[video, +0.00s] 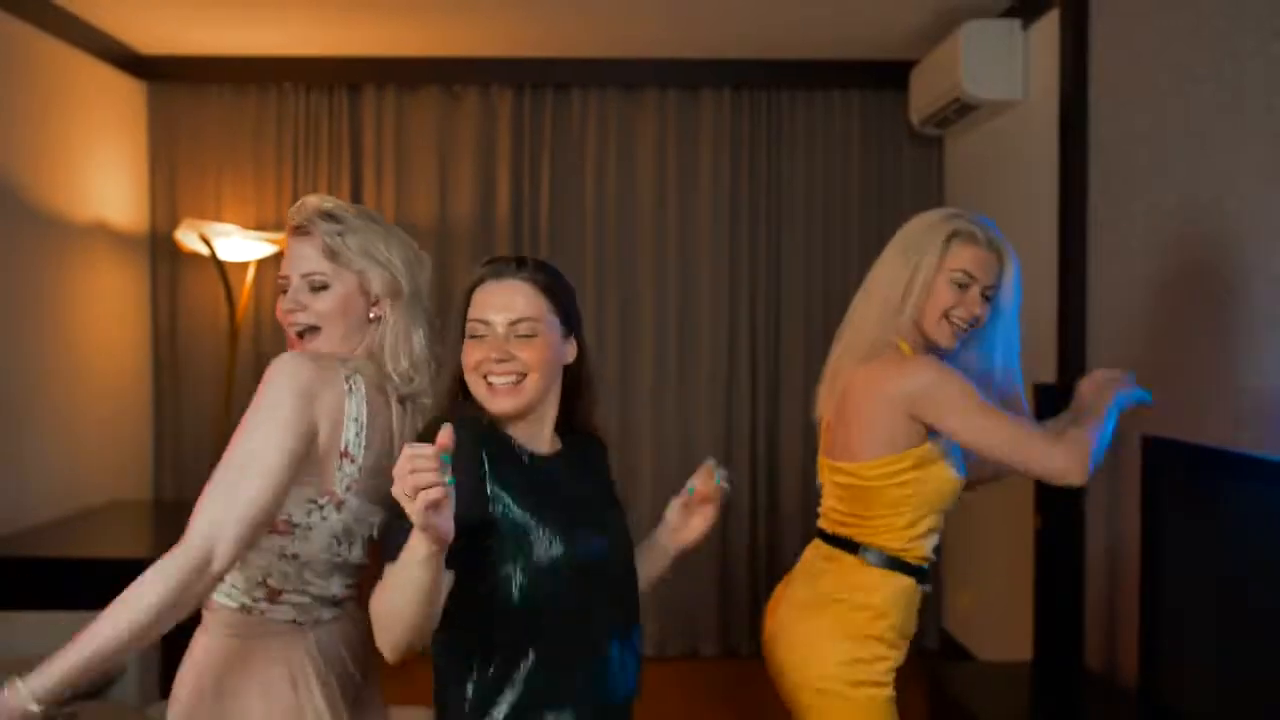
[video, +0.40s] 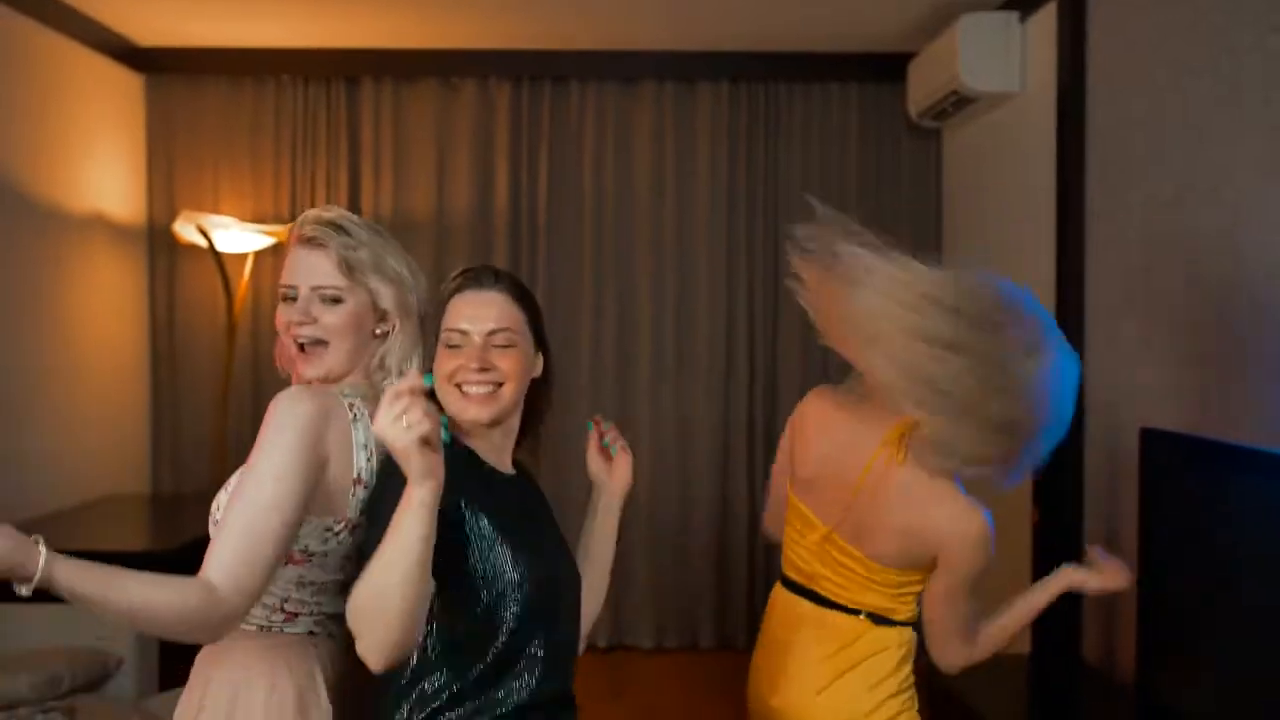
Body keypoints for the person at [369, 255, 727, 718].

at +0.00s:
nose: (497, 353)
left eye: (524, 333)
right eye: (479, 333)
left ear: (569, 347)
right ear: (460, 350)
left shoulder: (585, 457)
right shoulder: (453, 460)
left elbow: (600, 603)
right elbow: (393, 643)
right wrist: (427, 540)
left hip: (600, 708)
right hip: (495, 708)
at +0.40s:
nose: (476, 362)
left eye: (502, 343)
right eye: (456, 343)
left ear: (536, 362)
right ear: (433, 361)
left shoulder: (520, 483)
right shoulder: (420, 473)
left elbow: (568, 636)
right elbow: (377, 648)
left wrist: (608, 498)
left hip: (545, 705)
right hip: (451, 707)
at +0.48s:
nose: (470, 331)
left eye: (495, 314)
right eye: (449, 313)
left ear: (529, 330)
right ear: (427, 326)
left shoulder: (520, 443)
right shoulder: (412, 421)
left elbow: (564, 584)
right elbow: (371, 562)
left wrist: (627, 460)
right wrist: (415, 435)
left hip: (529, 702)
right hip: (431, 701)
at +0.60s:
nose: (465, 318)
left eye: (489, 301)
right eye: (441, 302)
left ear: (521, 318)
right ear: (419, 319)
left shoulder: (517, 424)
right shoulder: (412, 403)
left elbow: (560, 576)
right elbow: (378, 566)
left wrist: (664, 494)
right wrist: (416, 489)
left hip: (530, 697)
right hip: (439, 698)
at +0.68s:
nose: (475, 329)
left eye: (496, 309)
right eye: (448, 313)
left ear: (522, 331)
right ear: (421, 337)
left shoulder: (526, 468)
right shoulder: (411, 456)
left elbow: (569, 618)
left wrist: (652, 528)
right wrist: (433, 546)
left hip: (539, 706)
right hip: (454, 708)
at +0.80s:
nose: (488, 345)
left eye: (503, 329)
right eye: (458, 333)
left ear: (523, 349)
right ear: (421, 361)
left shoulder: (517, 488)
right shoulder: (410, 484)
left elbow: (556, 628)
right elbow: (396, 699)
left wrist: (596, 509)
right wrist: (434, 550)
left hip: (540, 707)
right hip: (456, 710)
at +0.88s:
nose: (493, 321)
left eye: (504, 305)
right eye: (462, 306)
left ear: (520, 325)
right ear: (417, 332)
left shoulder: (510, 458)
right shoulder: (410, 455)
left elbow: (547, 581)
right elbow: (373, 650)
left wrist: (572, 454)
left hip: (537, 701)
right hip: (446, 704)